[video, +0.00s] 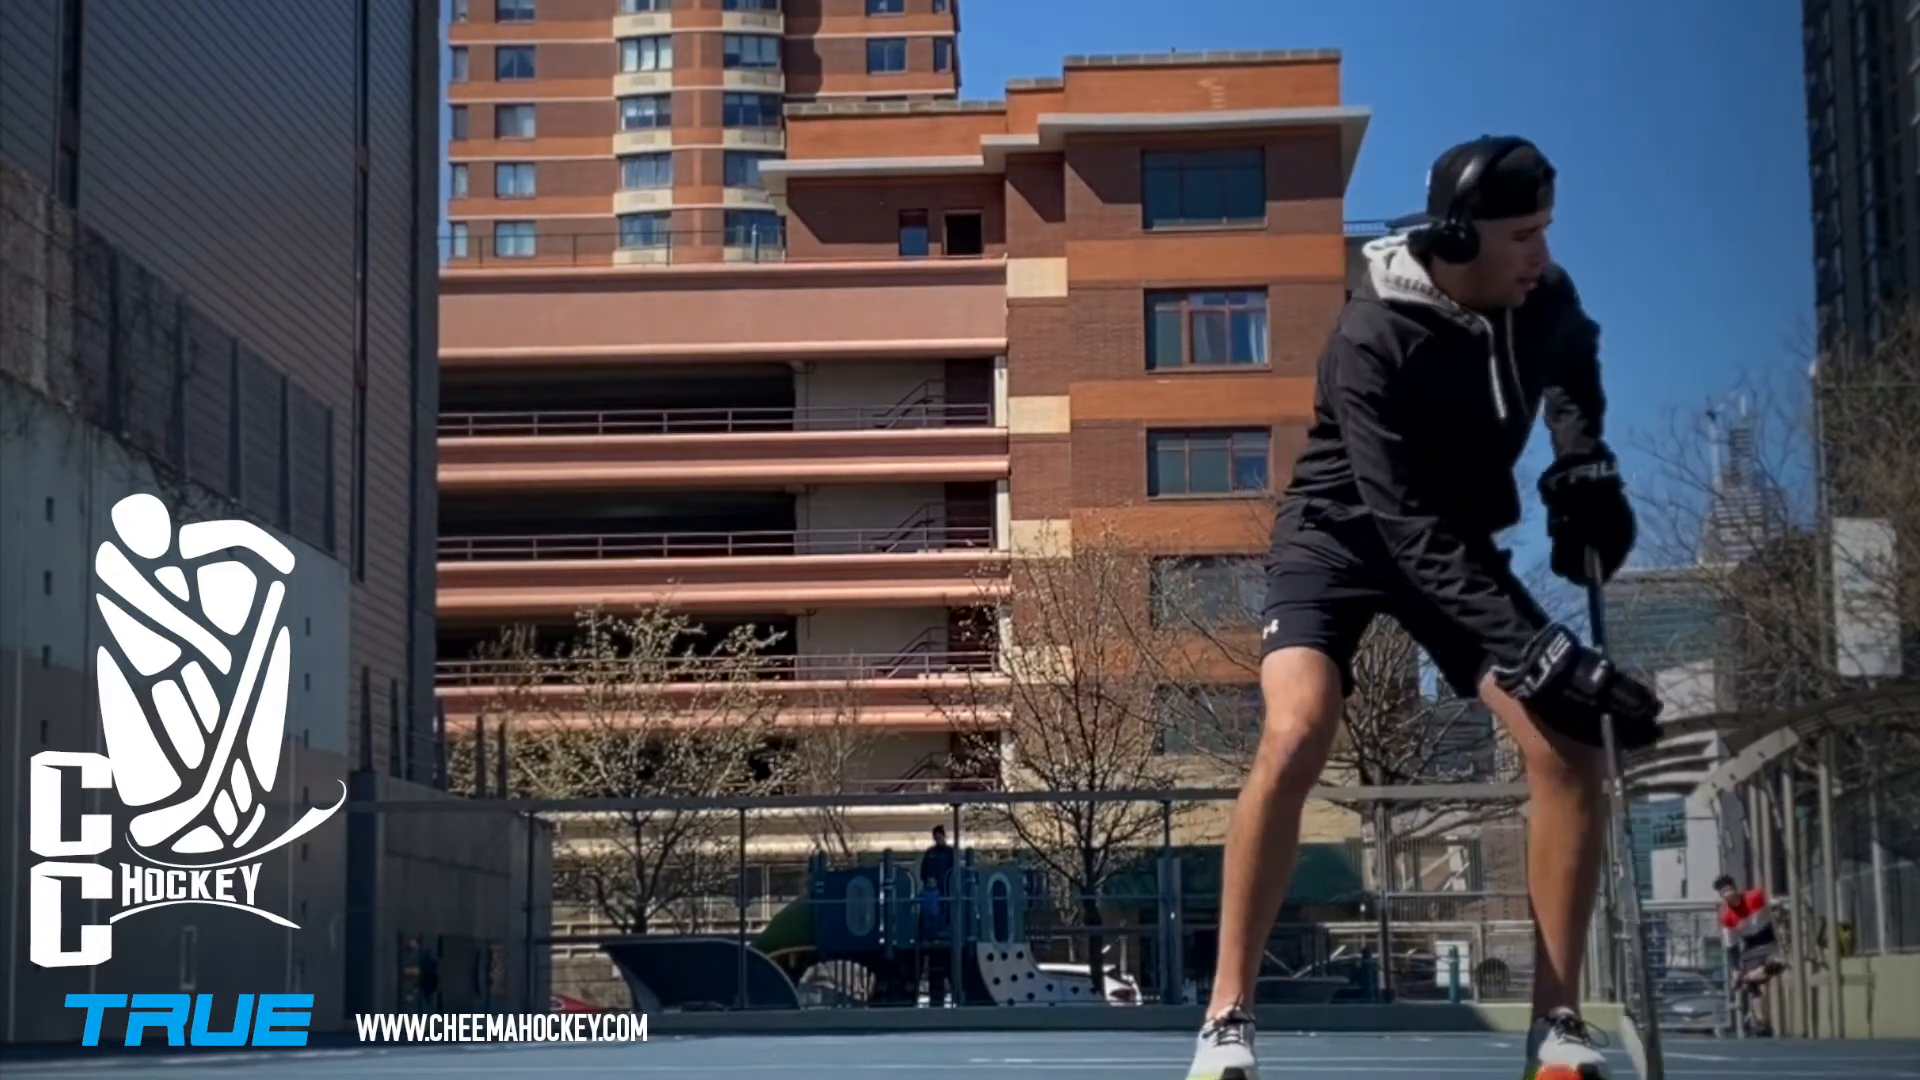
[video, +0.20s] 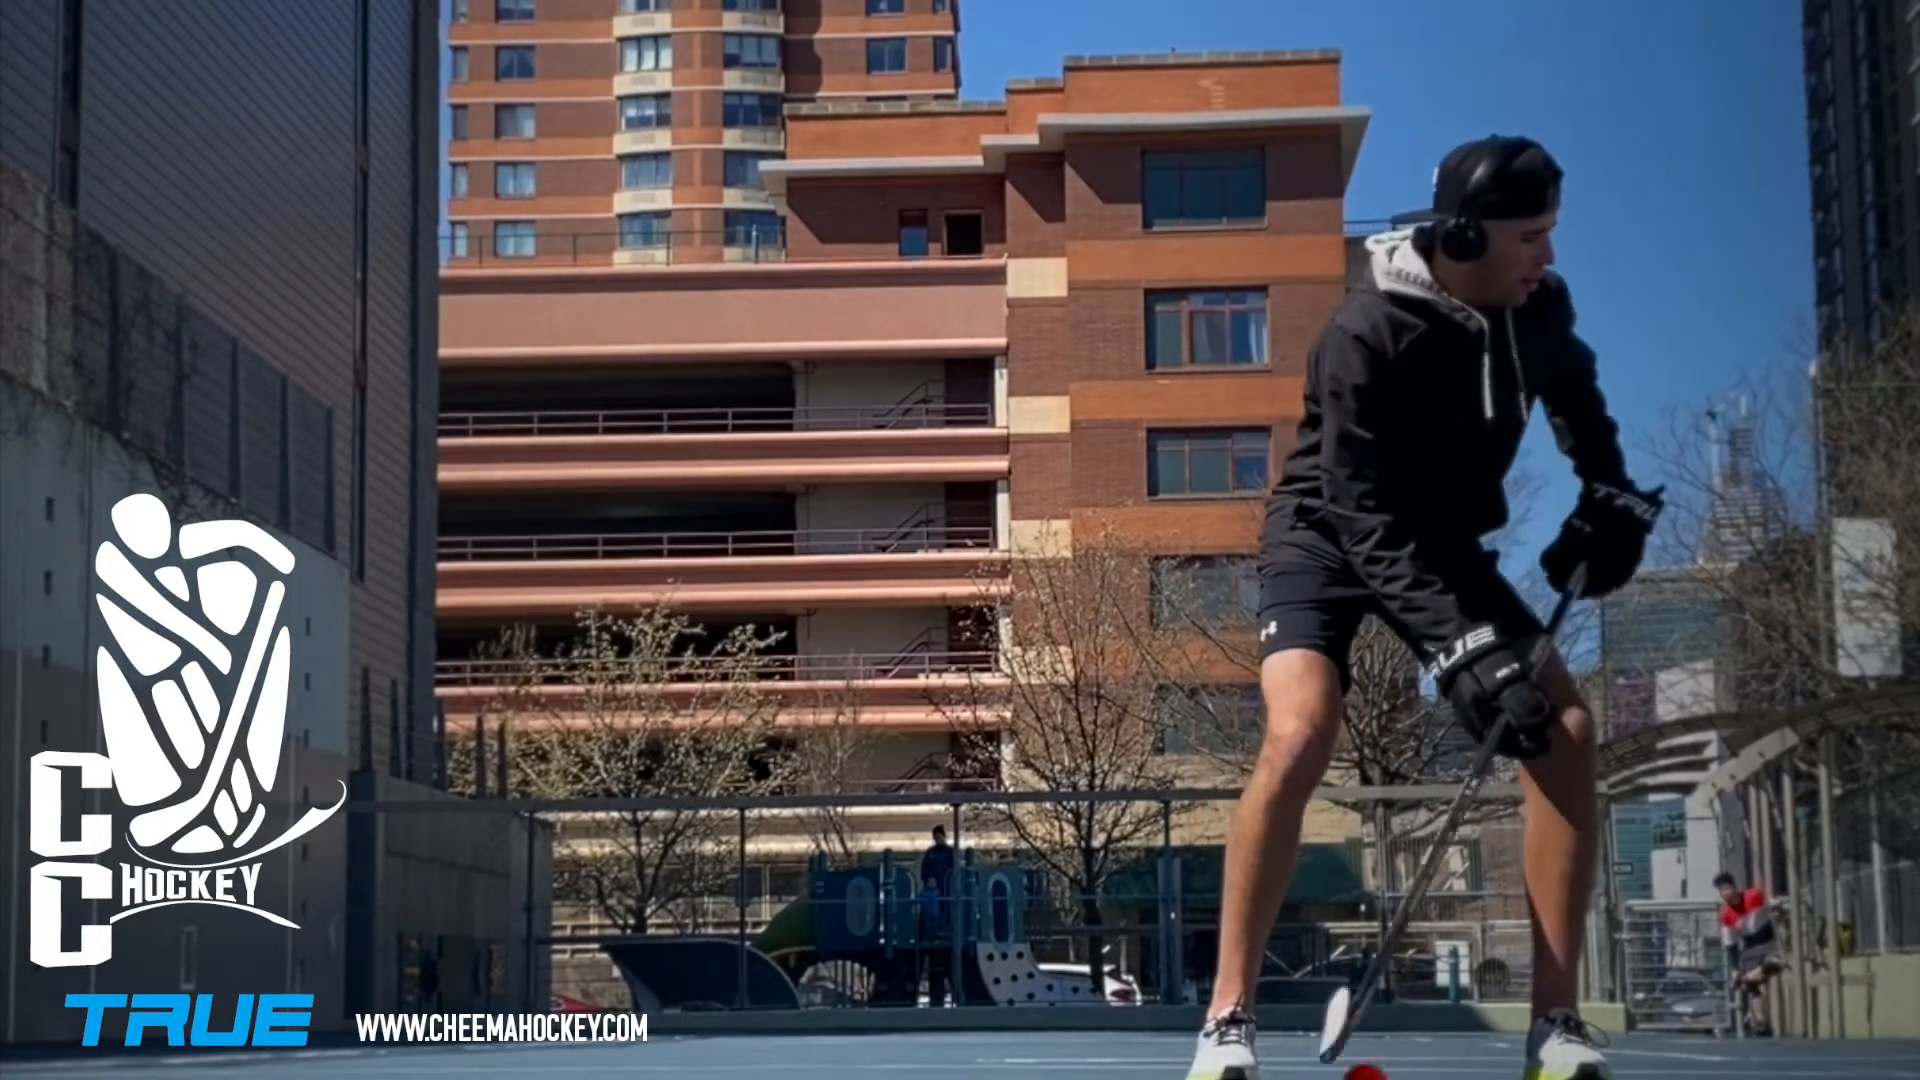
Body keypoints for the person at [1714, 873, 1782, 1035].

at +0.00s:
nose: (1728, 895)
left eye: (1729, 890)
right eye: (1723, 892)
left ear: (1735, 888)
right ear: (1721, 896)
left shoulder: (1756, 898)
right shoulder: (1727, 916)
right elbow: (1730, 945)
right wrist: (1734, 970)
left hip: (1769, 943)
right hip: (1750, 949)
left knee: (1775, 965)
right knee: (1753, 987)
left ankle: (1744, 978)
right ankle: (1761, 1023)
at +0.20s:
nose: (1726, 894)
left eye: (1728, 888)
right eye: (1722, 891)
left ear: (1735, 887)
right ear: (1720, 894)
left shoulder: (1755, 897)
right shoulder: (1726, 915)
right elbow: (1729, 944)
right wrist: (1733, 969)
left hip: (1769, 944)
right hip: (1749, 950)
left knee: (1774, 964)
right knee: (1753, 989)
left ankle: (1744, 979)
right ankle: (1760, 1023)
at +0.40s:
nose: (1723, 892)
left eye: (1725, 887)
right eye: (1720, 889)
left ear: (1733, 886)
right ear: (1719, 892)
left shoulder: (1753, 896)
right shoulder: (1726, 914)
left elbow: (1776, 905)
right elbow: (1730, 945)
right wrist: (1733, 970)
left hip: (1769, 943)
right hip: (1750, 948)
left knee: (1772, 966)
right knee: (1753, 988)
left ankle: (1744, 978)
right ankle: (1760, 1023)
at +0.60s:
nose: (1724, 887)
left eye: (1726, 882)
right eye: (1721, 883)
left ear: (1735, 881)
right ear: (1721, 886)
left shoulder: (1754, 894)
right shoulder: (1727, 910)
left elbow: (1777, 903)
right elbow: (1731, 940)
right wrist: (1733, 965)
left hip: (1769, 947)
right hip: (1749, 951)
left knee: (1755, 982)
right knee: (1743, 987)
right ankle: (1751, 1022)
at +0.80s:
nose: (1729, 880)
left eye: (1732, 875)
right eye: (1727, 875)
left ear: (1742, 876)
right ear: (1727, 878)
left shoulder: (1758, 890)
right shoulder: (1731, 903)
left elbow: (1778, 903)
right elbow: (1731, 931)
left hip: (1763, 937)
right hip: (1743, 941)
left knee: (1758, 977)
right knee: (1748, 981)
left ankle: (1759, 1020)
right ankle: (1752, 1021)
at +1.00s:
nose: (1733, 878)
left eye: (1736, 873)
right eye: (1731, 874)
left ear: (1745, 875)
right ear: (1730, 877)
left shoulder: (1759, 891)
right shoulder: (1735, 899)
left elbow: (1772, 911)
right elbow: (1733, 923)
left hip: (1763, 942)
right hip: (1746, 943)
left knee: (1759, 980)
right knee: (1749, 983)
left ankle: (1763, 1021)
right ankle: (1752, 1021)